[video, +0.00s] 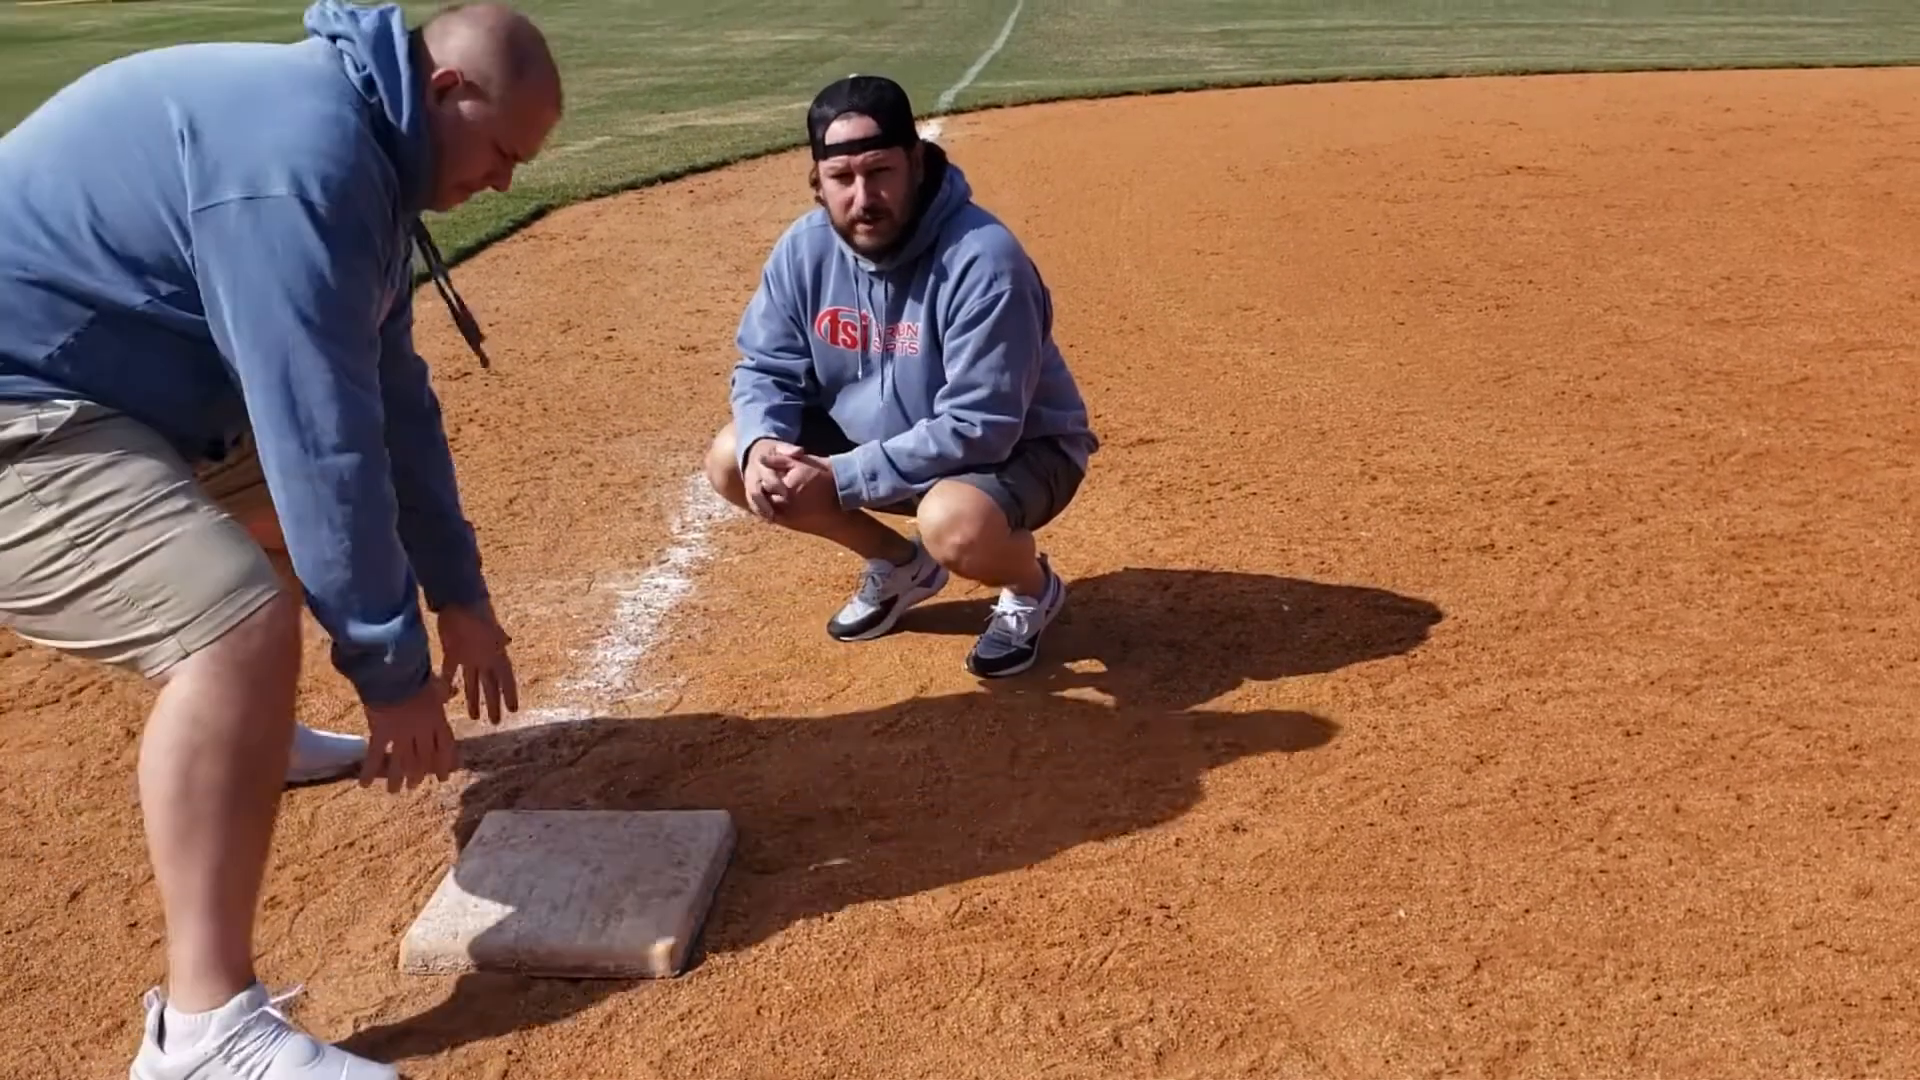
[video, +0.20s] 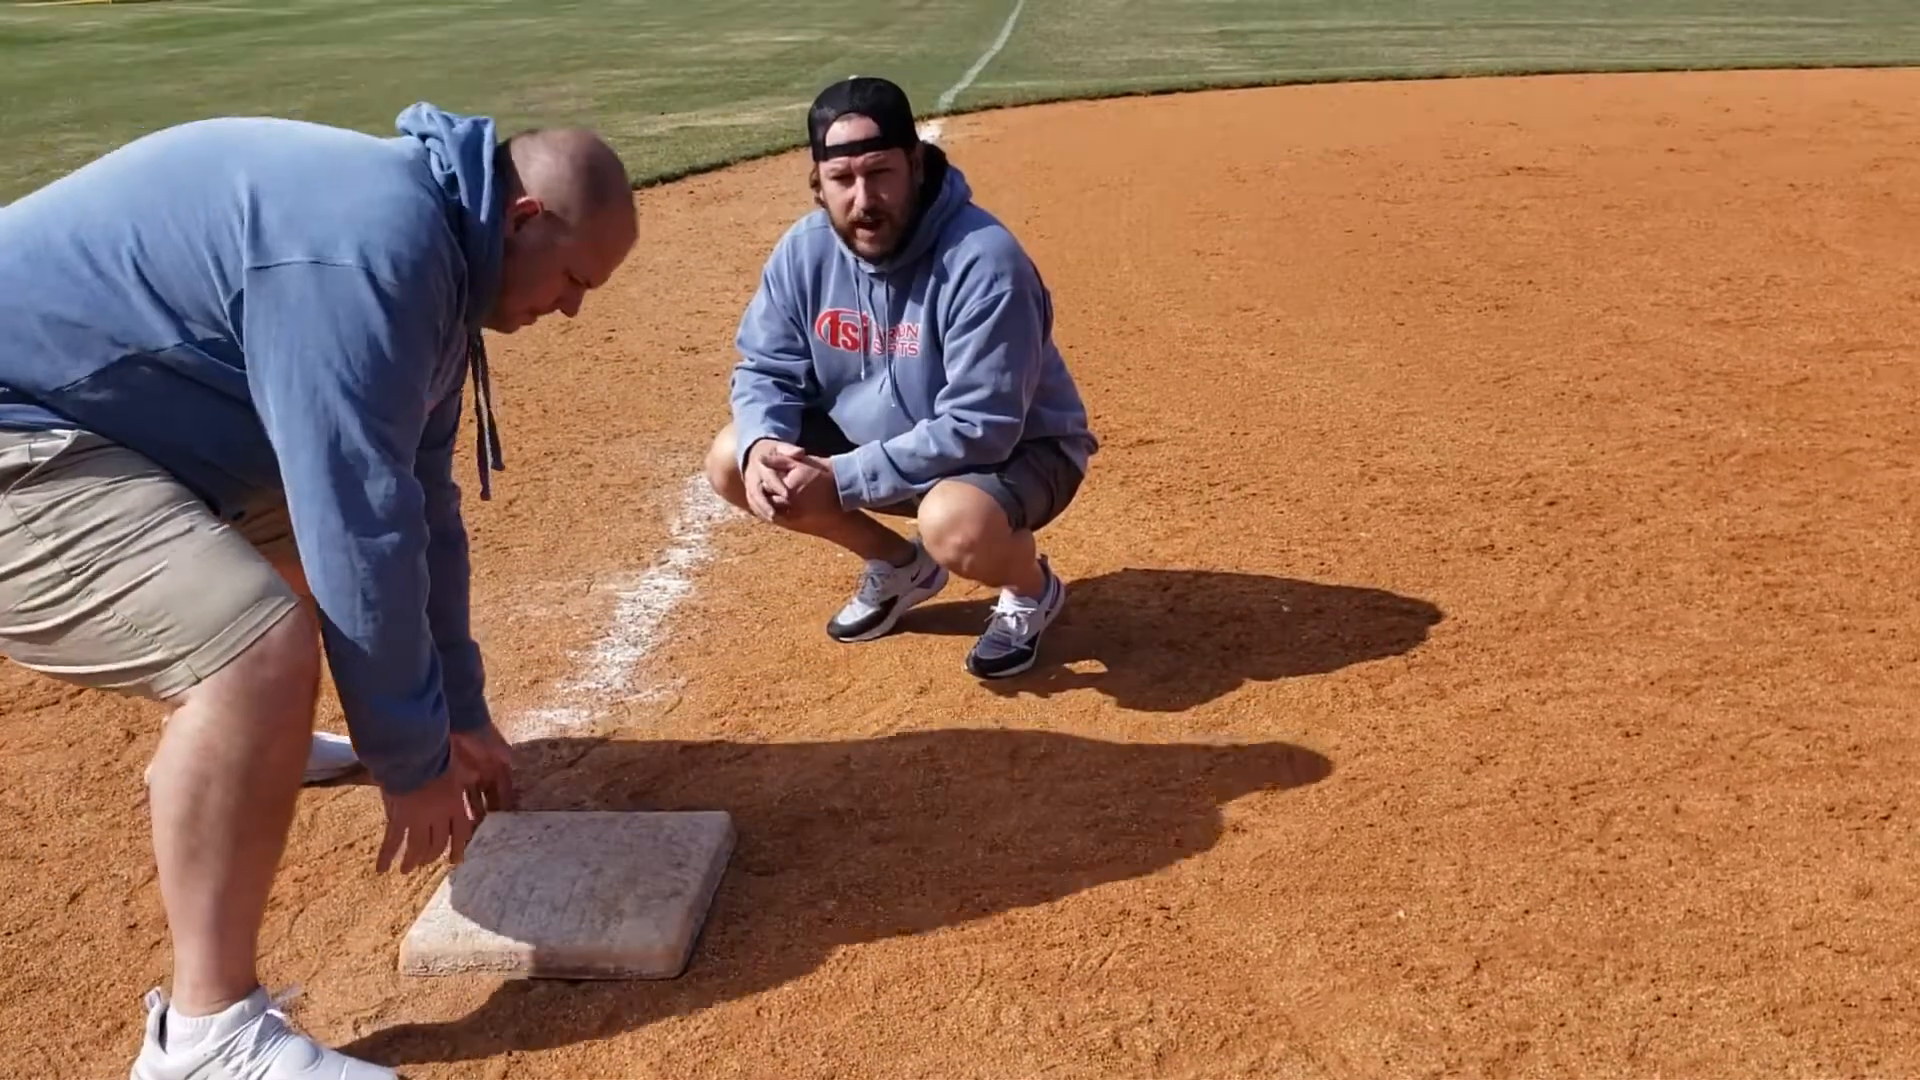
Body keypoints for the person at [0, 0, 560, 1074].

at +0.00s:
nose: (497, 185)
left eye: (514, 166)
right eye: (502, 156)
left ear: (445, 94)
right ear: (443, 92)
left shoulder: (351, 150)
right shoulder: (298, 157)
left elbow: (398, 404)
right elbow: (325, 447)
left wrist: (462, 599)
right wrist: (395, 676)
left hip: (98, 375)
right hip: (19, 394)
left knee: (270, 506)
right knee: (236, 621)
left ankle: (250, 739)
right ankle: (202, 1020)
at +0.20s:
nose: (571, 306)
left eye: (586, 289)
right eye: (576, 281)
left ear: (528, 212)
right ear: (528, 222)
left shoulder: (425, 249)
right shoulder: (360, 255)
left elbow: (424, 505)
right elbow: (357, 540)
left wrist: (460, 719)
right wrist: (415, 768)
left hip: (95, 396)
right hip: (19, 421)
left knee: (304, 502)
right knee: (260, 642)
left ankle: (280, 737)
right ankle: (207, 1023)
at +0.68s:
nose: (617, 397)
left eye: (637, 382)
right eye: (628, 371)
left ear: (575, 297)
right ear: (580, 313)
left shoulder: (439, 271)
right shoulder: (439, 382)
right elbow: (455, 653)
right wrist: (510, 870)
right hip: (24, 456)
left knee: (342, 551)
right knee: (303, 677)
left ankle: (211, 740)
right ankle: (204, 1033)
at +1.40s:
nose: (659, 409)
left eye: (679, 393)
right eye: (672, 385)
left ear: (620, 301)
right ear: (629, 326)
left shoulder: (477, 275)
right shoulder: (478, 387)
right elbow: (473, 665)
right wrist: (533, 888)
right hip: (32, 428)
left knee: (352, 535)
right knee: (333, 668)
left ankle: (207, 739)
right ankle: (212, 1028)